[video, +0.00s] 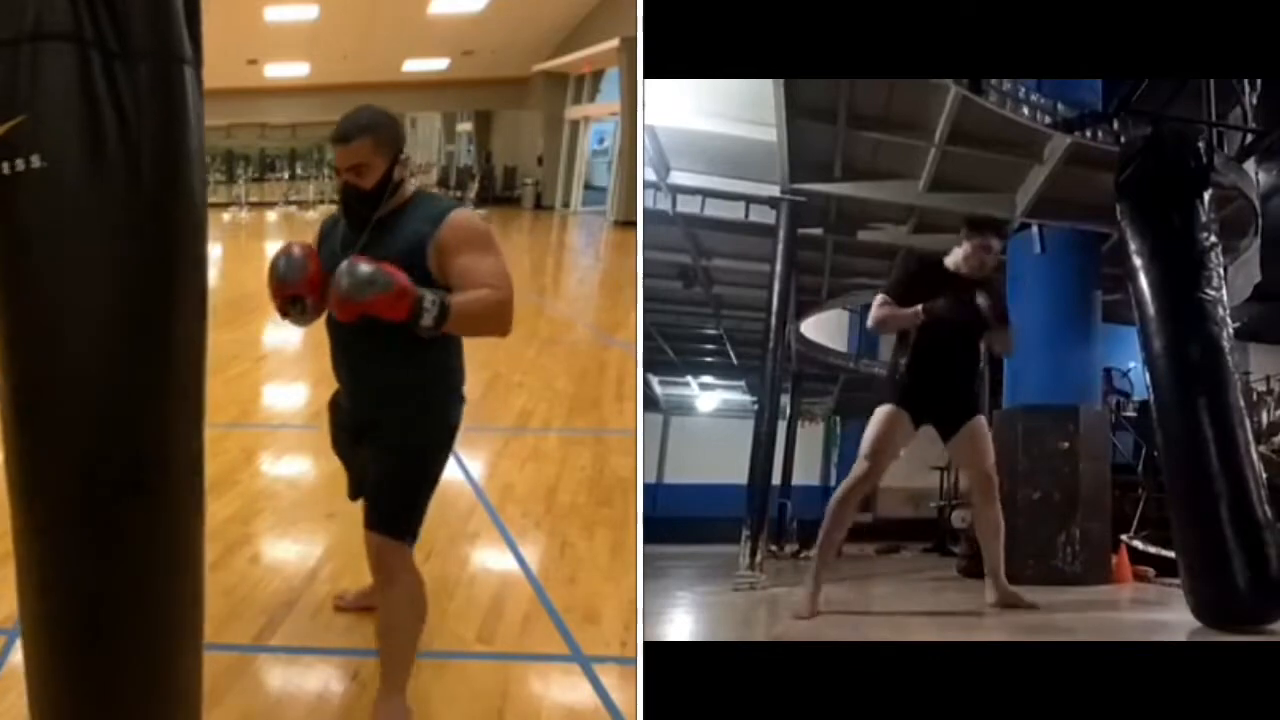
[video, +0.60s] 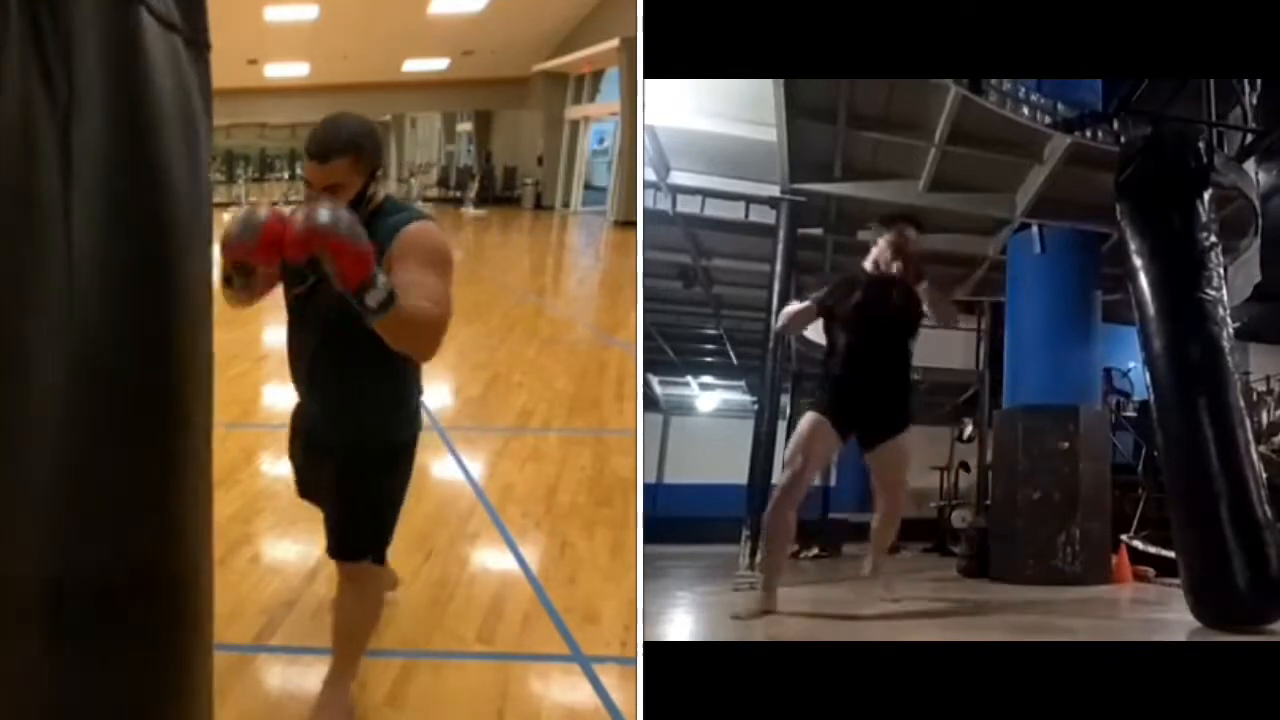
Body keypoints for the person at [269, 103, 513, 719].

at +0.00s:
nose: (346, 183)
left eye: (358, 172)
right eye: (340, 171)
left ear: (395, 162)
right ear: (336, 164)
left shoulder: (450, 225)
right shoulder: (338, 228)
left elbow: (498, 314)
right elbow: (306, 315)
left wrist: (415, 304)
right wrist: (295, 291)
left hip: (419, 404)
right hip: (357, 395)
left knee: (390, 552)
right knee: (373, 506)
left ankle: (392, 700)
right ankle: (387, 586)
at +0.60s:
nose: (319, 201)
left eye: (333, 188)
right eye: (311, 186)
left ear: (370, 178)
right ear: (304, 176)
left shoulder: (414, 237)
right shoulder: (304, 228)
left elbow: (424, 339)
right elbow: (243, 294)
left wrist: (365, 282)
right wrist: (239, 260)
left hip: (379, 420)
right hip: (317, 408)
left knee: (353, 557)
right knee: (333, 503)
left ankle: (339, 686)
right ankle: (376, 574)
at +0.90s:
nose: (303, 183)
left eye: (316, 171)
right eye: (296, 171)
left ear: (343, 172)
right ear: (282, 175)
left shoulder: (387, 235)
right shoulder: (274, 218)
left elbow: (367, 330)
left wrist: (334, 233)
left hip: (350, 425)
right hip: (286, 405)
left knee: (343, 561)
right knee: (282, 485)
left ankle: (335, 684)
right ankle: (293, 560)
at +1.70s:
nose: (236, 193)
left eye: (243, 180)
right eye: (229, 181)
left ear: (265, 177)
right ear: (223, 184)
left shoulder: (319, 228)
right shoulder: (217, 231)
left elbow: (377, 300)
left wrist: (322, 284)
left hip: (305, 396)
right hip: (245, 391)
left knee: (281, 527)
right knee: (254, 490)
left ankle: (320, 664)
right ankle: (278, 560)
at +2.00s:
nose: (222, 225)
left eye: (231, 212)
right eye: (212, 215)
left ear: (256, 195)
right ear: (198, 208)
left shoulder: (307, 231)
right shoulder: (214, 246)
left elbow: (402, 275)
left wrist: (328, 273)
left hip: (333, 406)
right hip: (278, 402)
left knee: (299, 545)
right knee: (285, 485)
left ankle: (346, 684)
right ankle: (303, 563)